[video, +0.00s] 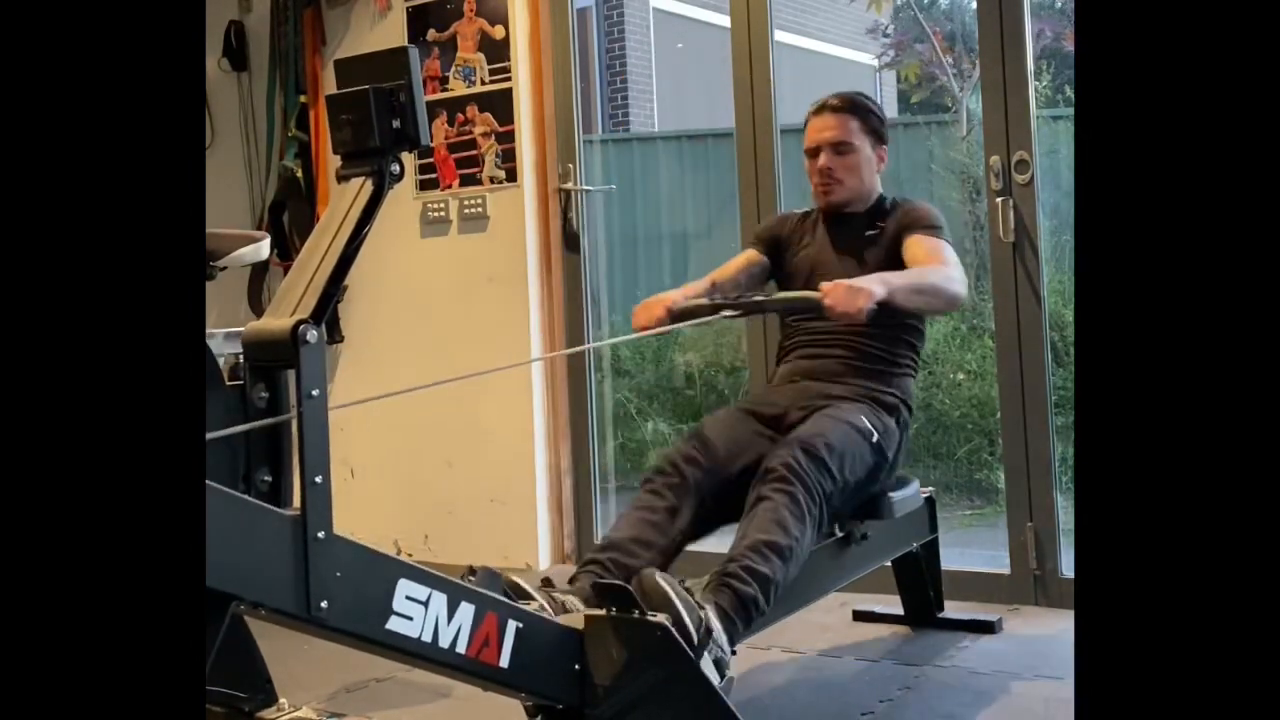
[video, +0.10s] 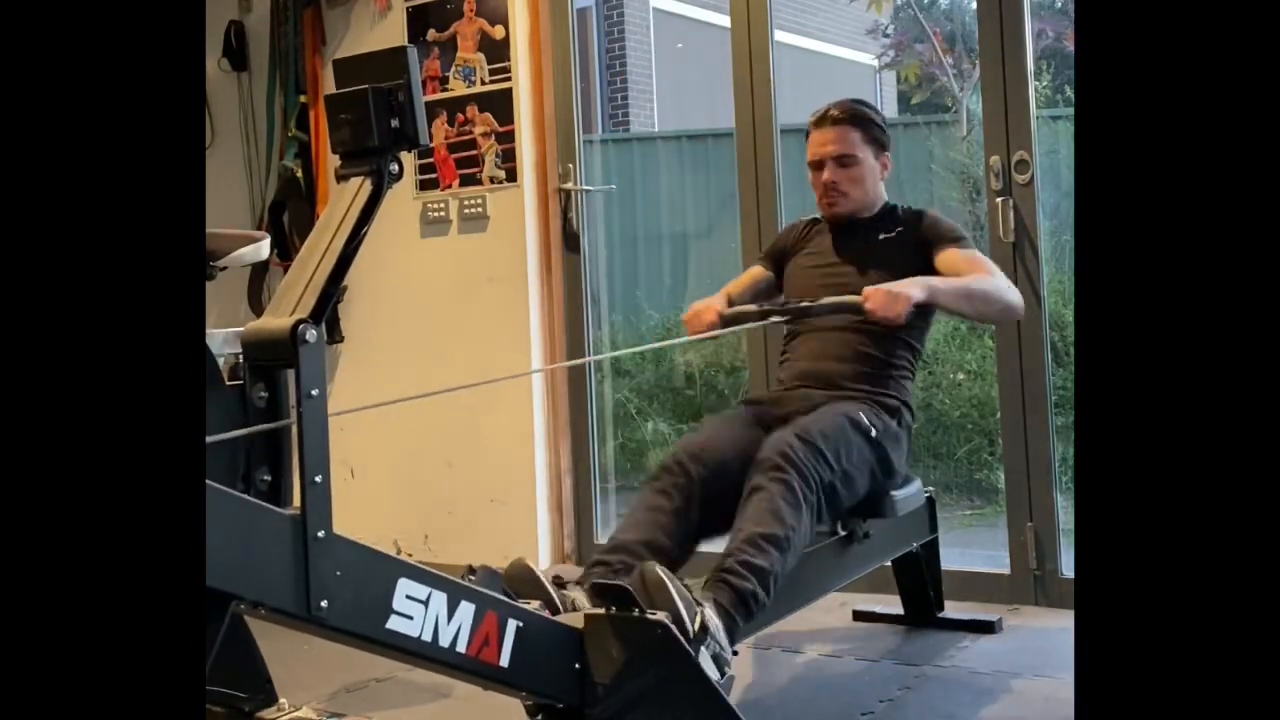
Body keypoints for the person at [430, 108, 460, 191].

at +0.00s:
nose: (446, 118)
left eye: (446, 116)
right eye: (445, 116)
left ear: (442, 116)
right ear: (440, 116)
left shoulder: (443, 125)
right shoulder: (437, 123)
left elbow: (453, 132)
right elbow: (439, 138)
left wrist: (457, 122)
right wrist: (442, 150)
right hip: (440, 148)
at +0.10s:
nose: (446, 118)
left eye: (446, 116)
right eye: (445, 116)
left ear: (442, 116)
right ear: (440, 116)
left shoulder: (441, 124)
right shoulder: (438, 123)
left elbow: (453, 132)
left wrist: (457, 122)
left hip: (437, 148)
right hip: (441, 147)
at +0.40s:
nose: (446, 118)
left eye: (446, 116)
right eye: (445, 116)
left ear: (442, 116)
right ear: (441, 116)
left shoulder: (443, 125)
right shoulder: (437, 123)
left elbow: (453, 132)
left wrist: (457, 122)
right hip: (440, 148)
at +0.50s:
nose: (446, 118)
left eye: (446, 116)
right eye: (445, 116)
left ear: (442, 116)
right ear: (440, 116)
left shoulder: (443, 125)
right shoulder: (437, 123)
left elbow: (453, 132)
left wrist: (457, 122)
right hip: (440, 147)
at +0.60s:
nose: (446, 118)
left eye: (446, 116)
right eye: (444, 116)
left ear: (442, 116)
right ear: (440, 116)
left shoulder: (441, 125)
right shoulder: (438, 123)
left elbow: (453, 132)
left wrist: (457, 122)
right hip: (440, 147)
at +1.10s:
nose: (446, 118)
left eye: (446, 115)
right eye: (445, 115)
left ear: (443, 116)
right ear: (440, 116)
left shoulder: (443, 125)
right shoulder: (437, 123)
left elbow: (453, 132)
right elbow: (439, 137)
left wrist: (457, 122)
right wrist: (442, 150)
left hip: (442, 146)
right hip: (439, 147)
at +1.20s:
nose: (446, 118)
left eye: (446, 115)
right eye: (444, 115)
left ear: (444, 116)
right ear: (440, 116)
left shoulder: (443, 124)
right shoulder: (437, 124)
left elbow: (453, 132)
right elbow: (439, 139)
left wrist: (457, 122)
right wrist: (442, 150)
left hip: (443, 147)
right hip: (439, 148)